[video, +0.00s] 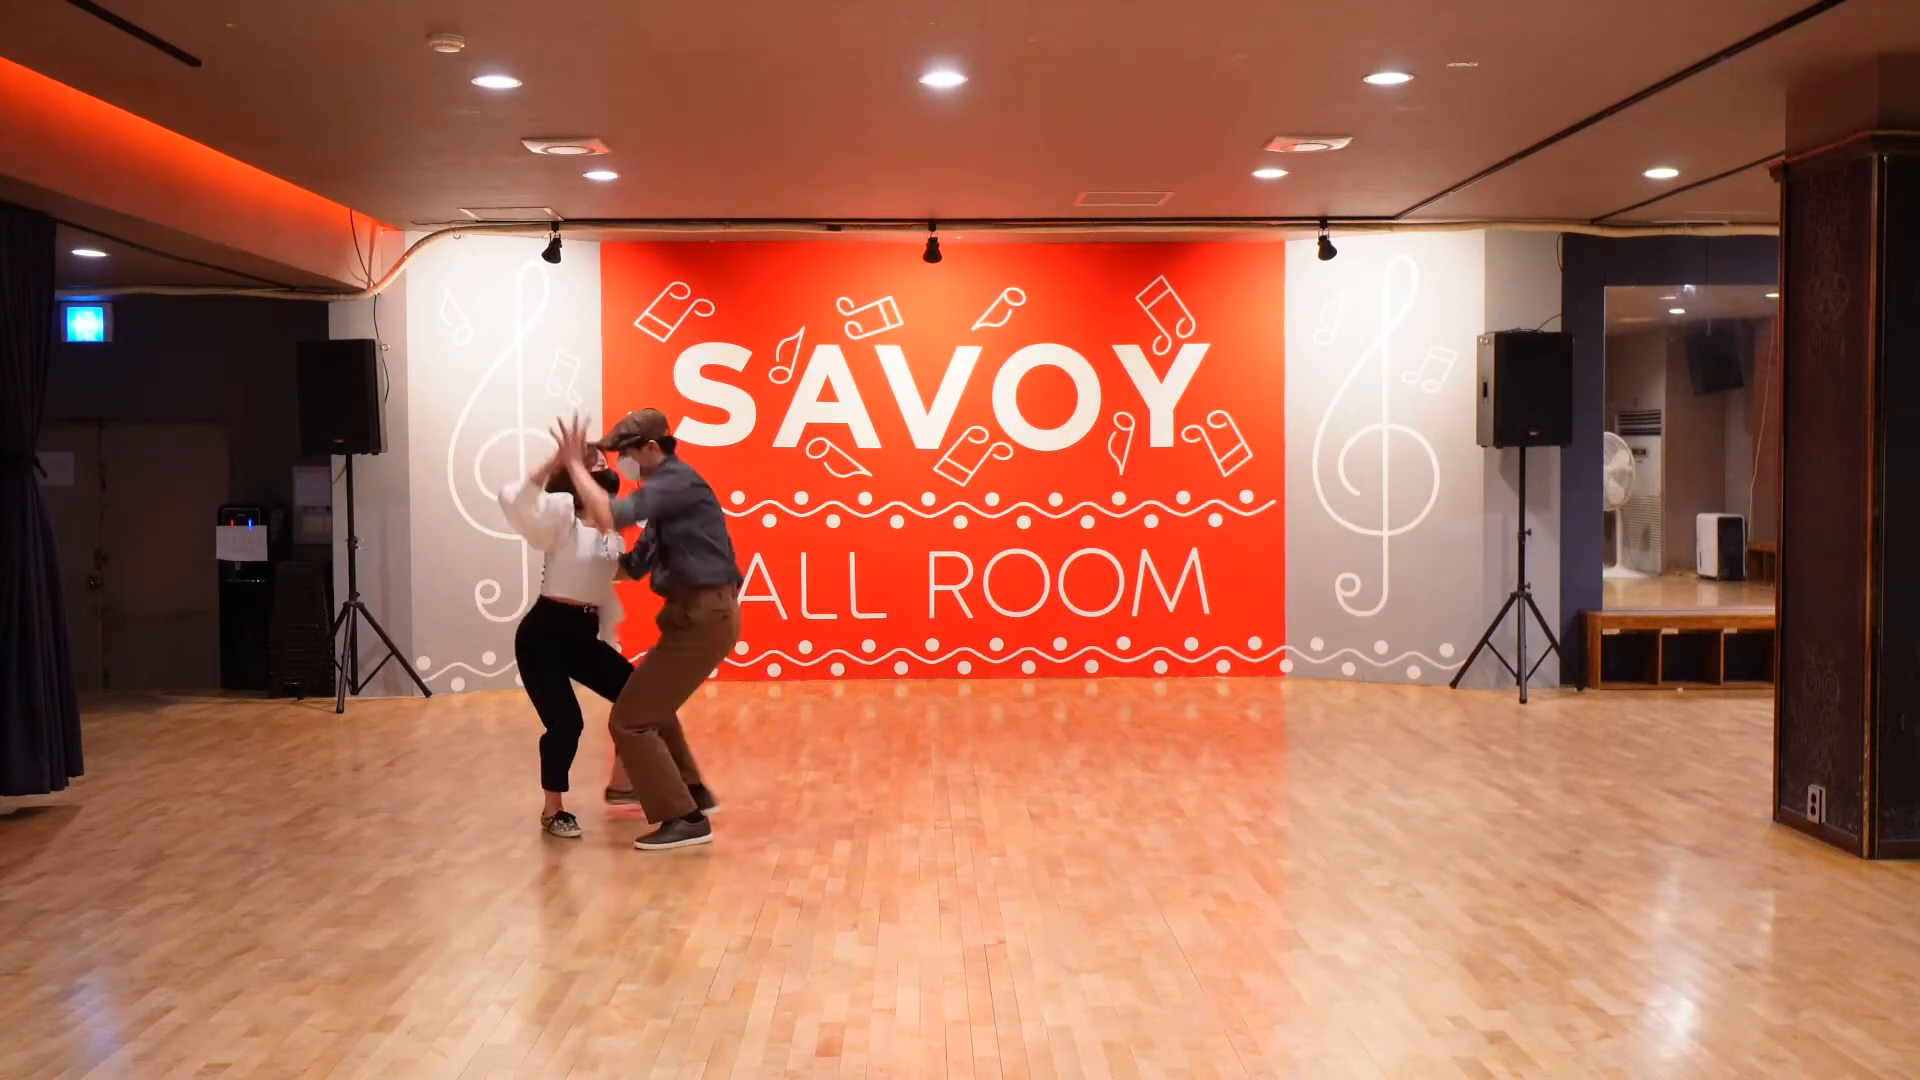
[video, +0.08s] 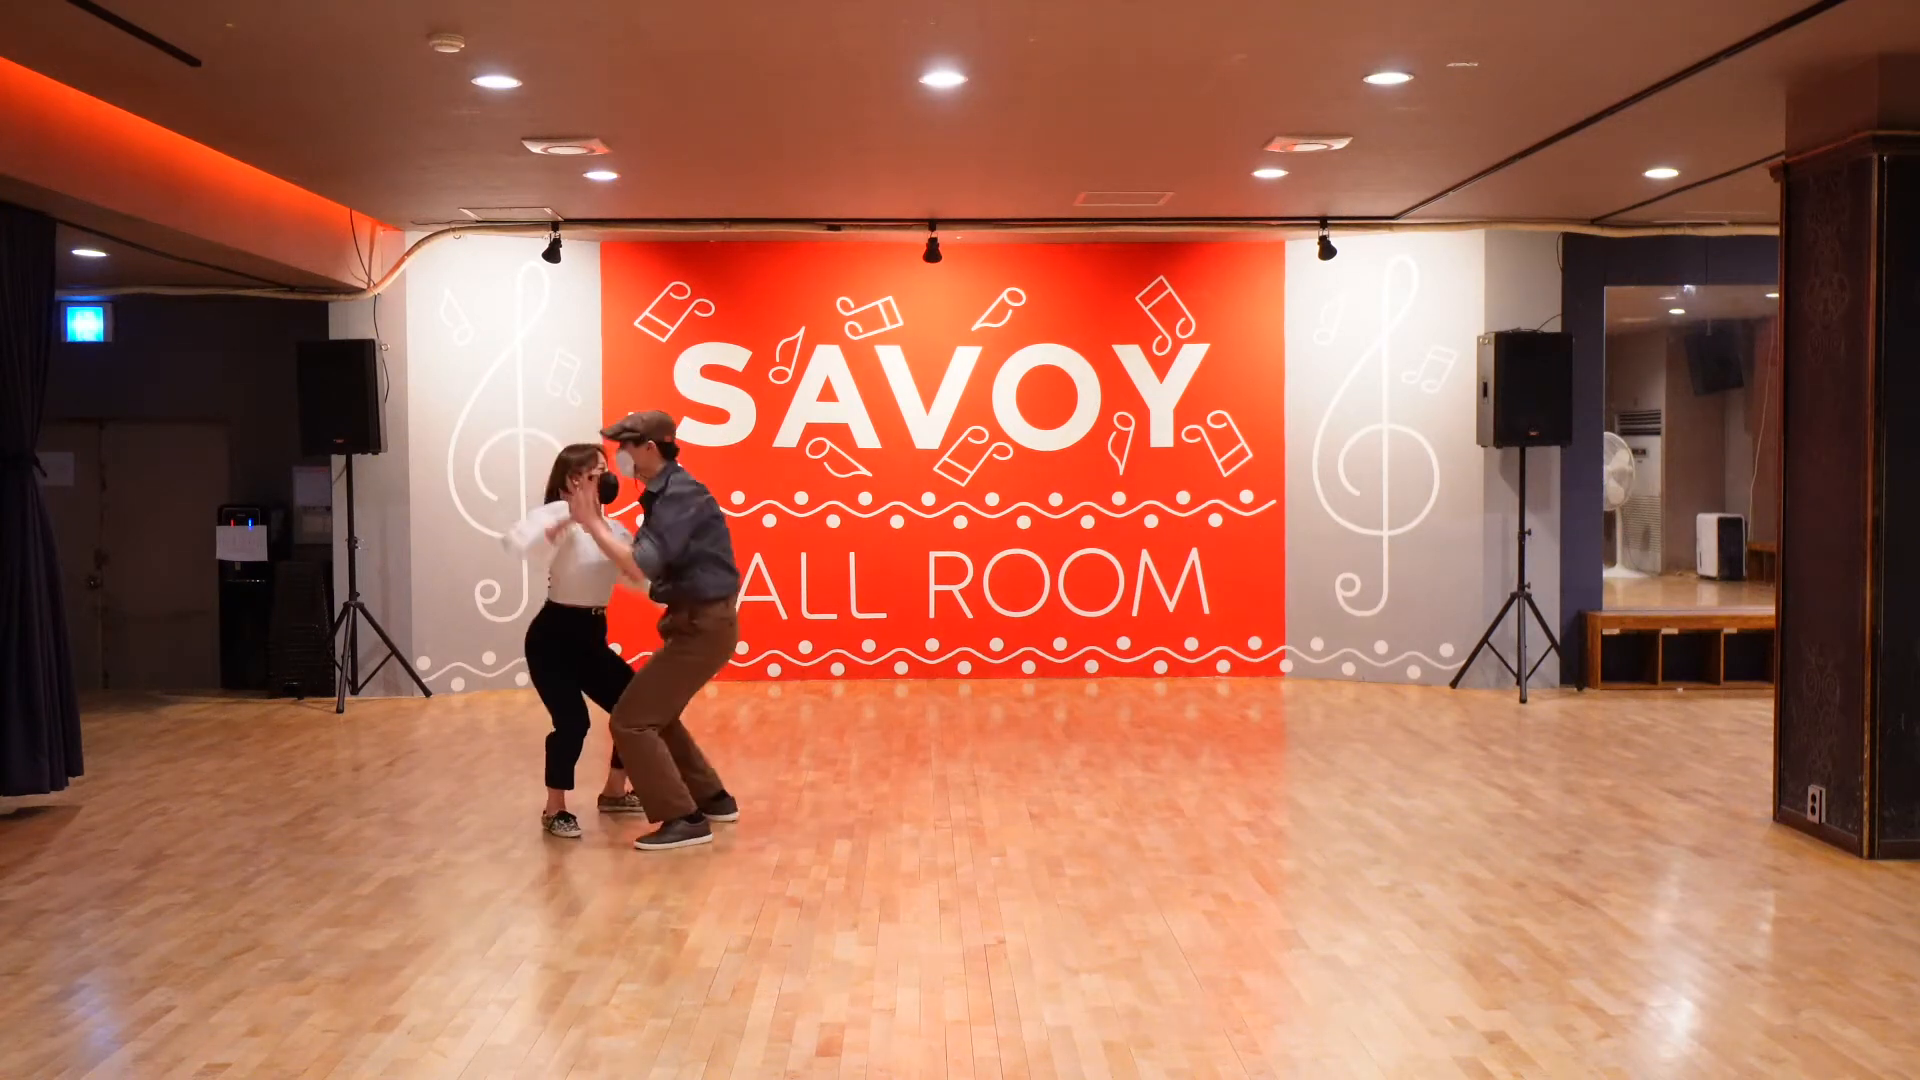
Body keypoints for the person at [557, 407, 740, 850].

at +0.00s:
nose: (625, 462)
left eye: (628, 452)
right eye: (622, 455)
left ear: (651, 446)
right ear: (654, 448)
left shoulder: (675, 480)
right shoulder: (670, 488)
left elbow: (609, 515)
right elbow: (636, 565)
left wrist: (575, 466)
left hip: (704, 619)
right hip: (700, 616)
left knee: (628, 721)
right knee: (650, 706)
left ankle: (682, 819)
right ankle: (692, 792)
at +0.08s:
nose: (622, 456)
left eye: (628, 447)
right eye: (621, 448)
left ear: (653, 448)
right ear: (653, 450)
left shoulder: (680, 495)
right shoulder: (665, 494)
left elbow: (640, 567)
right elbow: (641, 563)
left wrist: (593, 523)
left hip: (705, 628)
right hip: (693, 625)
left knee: (629, 720)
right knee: (655, 714)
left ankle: (683, 819)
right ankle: (711, 798)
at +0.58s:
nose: (627, 458)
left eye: (633, 449)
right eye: (626, 450)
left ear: (658, 447)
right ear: (654, 448)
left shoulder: (690, 505)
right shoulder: (651, 485)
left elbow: (689, 595)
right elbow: (630, 527)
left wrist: (642, 646)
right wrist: (588, 529)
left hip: (718, 613)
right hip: (692, 610)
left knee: (650, 690)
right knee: (661, 704)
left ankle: (624, 811)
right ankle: (715, 796)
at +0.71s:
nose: (629, 467)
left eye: (633, 458)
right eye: (627, 459)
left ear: (659, 451)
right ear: (657, 452)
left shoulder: (693, 502)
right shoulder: (661, 493)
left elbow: (666, 589)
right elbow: (633, 545)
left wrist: (614, 641)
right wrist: (580, 552)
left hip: (713, 624)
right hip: (693, 622)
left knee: (636, 697)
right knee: (662, 713)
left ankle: (679, 802)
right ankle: (716, 795)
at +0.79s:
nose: (630, 468)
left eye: (634, 459)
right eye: (627, 460)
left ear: (660, 447)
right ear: (658, 449)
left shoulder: (690, 492)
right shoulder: (662, 491)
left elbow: (653, 568)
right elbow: (628, 550)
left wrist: (589, 614)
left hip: (709, 622)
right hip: (690, 619)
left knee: (638, 712)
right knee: (659, 715)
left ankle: (686, 811)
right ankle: (716, 795)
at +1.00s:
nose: (626, 459)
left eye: (626, 448)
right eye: (621, 452)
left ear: (647, 432)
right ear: (650, 433)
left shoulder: (671, 453)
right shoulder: (662, 468)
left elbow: (630, 488)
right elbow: (624, 545)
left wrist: (557, 473)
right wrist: (593, 519)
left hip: (710, 589)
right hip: (694, 588)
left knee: (649, 700)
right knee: (630, 682)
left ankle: (693, 810)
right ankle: (640, 786)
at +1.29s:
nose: (627, 457)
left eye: (629, 446)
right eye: (623, 450)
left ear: (652, 435)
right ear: (648, 439)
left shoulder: (686, 473)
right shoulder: (656, 481)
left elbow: (658, 531)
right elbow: (619, 547)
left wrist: (609, 482)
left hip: (703, 613)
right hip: (680, 609)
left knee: (638, 714)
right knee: (618, 693)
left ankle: (688, 818)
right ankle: (646, 793)